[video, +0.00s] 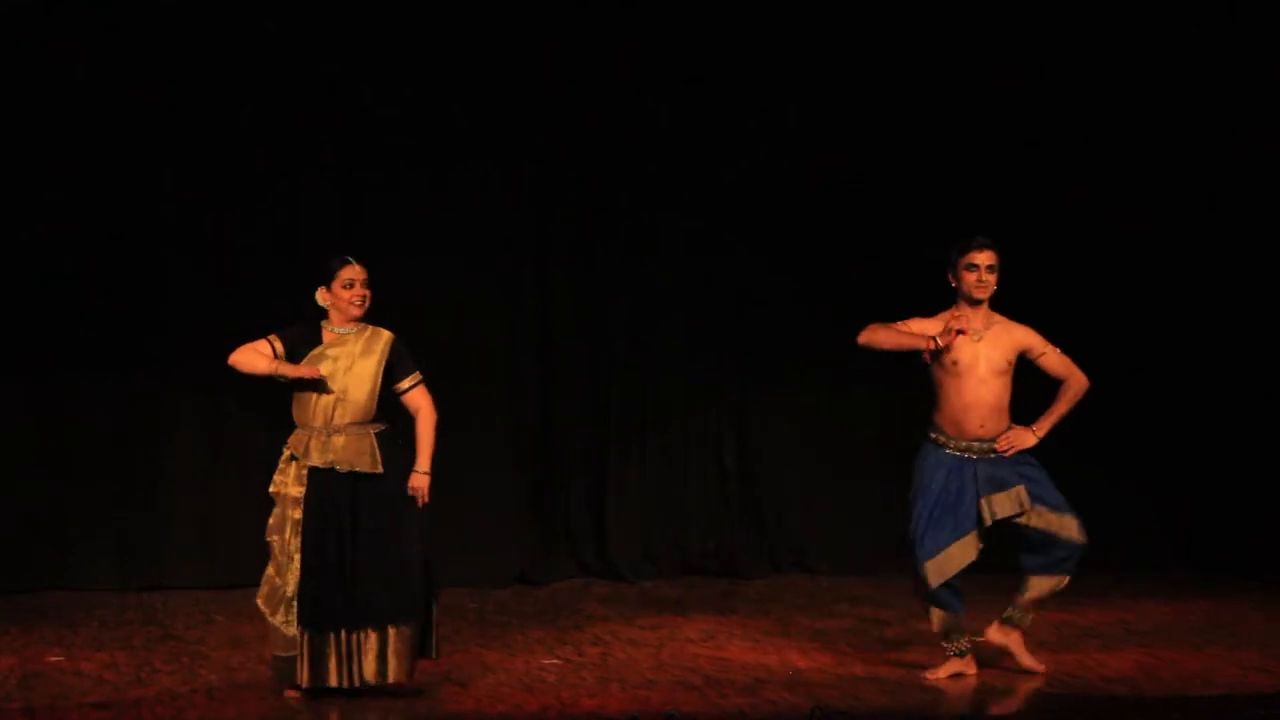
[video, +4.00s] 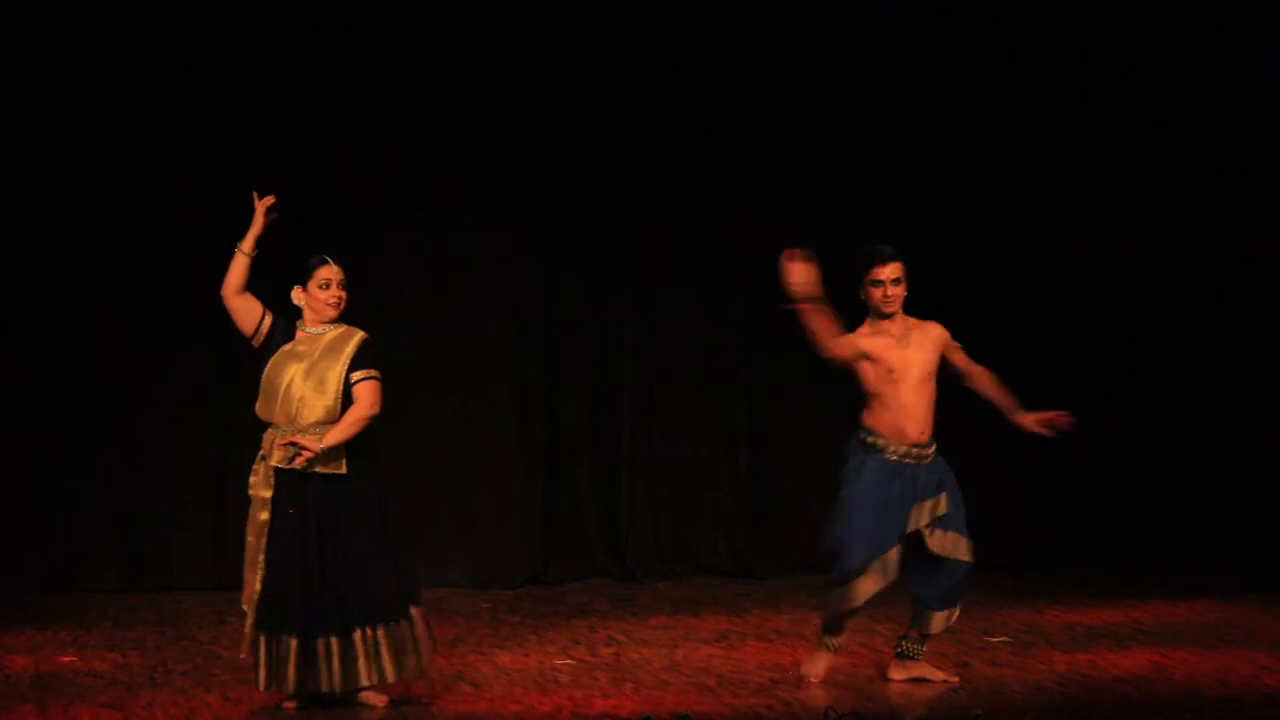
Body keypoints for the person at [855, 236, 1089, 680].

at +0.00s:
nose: (982, 277)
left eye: (989, 270)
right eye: (972, 269)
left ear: (998, 278)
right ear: (955, 275)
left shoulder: (1015, 334)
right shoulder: (935, 326)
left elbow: (1077, 381)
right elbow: (867, 336)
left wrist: (1036, 430)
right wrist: (930, 339)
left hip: (1003, 454)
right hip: (944, 453)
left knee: (1063, 536)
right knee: (934, 552)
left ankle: (1009, 626)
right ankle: (959, 654)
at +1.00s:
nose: (894, 286)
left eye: (904, 279)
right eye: (888, 278)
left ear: (922, 286)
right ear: (879, 285)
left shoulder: (958, 333)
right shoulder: (871, 343)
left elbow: (1024, 378)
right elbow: (791, 355)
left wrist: (988, 436)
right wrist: (851, 341)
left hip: (948, 461)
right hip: (893, 457)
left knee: (955, 569)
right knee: (873, 557)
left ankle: (890, 581)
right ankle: (881, 659)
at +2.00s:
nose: (925, 287)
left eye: (935, 280)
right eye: (917, 278)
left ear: (947, 288)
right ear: (905, 283)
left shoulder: (967, 345)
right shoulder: (887, 334)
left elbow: (1026, 396)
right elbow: (818, 347)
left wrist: (983, 444)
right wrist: (878, 350)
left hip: (949, 463)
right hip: (892, 460)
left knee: (993, 545)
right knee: (887, 557)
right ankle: (920, 654)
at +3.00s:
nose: (895, 297)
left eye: (896, 290)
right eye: (885, 290)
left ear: (896, 299)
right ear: (857, 299)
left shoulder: (915, 360)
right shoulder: (824, 352)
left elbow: (975, 407)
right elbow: (751, 339)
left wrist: (1026, 431)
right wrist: (743, 276)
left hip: (911, 478)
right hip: (849, 481)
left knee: (965, 564)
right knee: (800, 566)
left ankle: (913, 655)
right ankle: (843, 659)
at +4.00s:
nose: (889, 291)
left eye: (896, 282)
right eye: (878, 284)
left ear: (906, 287)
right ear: (864, 291)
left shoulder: (933, 334)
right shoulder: (861, 341)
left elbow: (975, 373)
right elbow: (830, 346)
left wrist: (1019, 415)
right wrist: (806, 298)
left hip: (927, 462)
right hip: (878, 461)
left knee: (948, 558)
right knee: (867, 564)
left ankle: (908, 658)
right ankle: (828, 645)